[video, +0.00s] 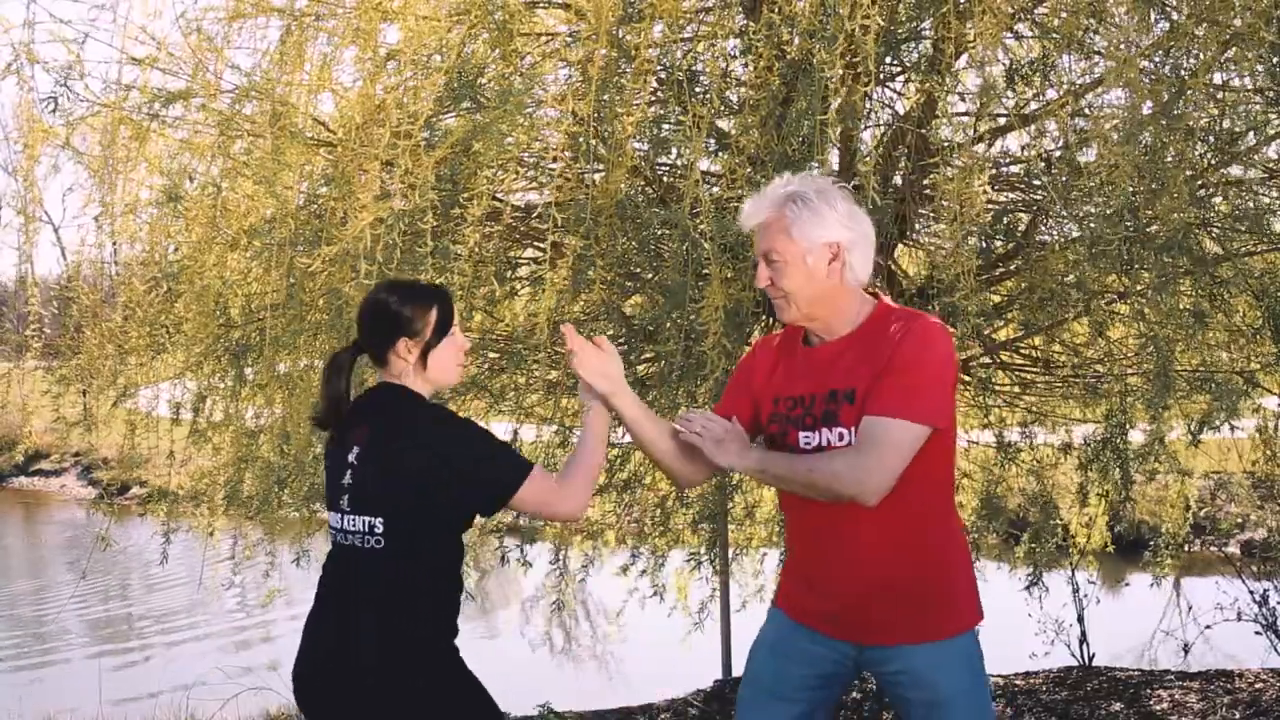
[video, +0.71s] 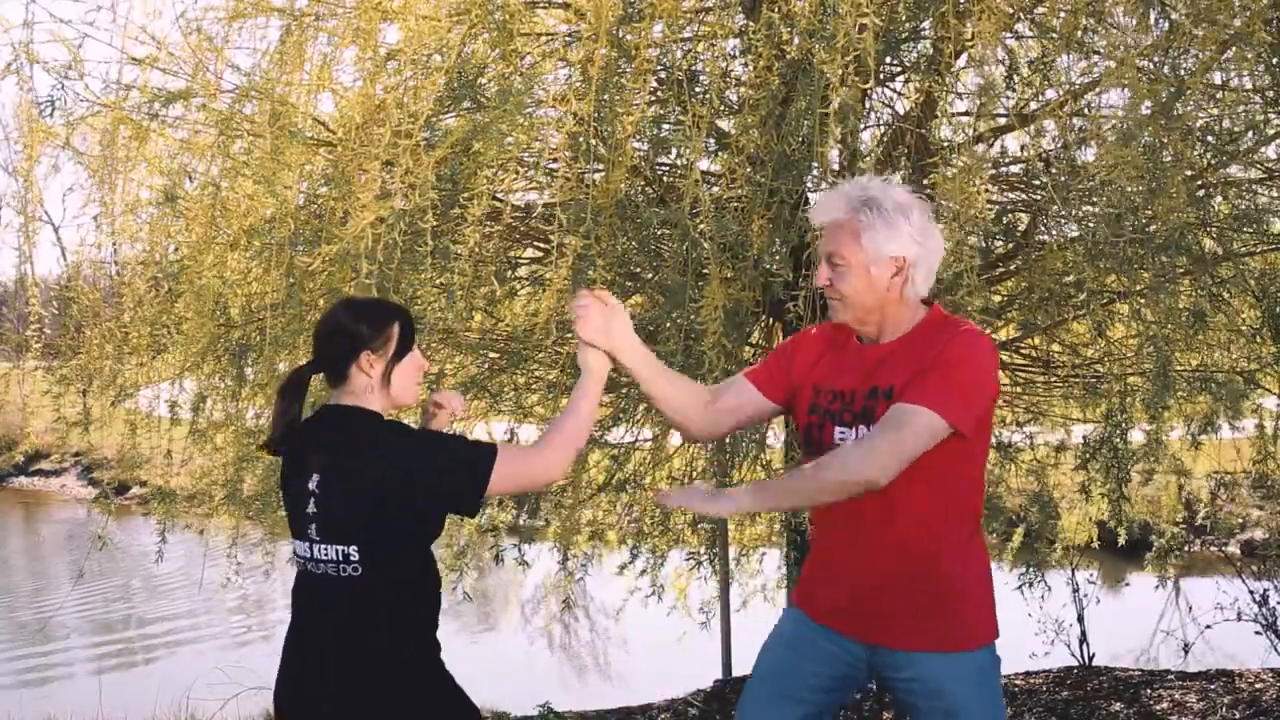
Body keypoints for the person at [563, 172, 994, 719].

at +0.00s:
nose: (760, 280)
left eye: (773, 261)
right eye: (759, 263)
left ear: (832, 258)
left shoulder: (918, 340)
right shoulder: (769, 357)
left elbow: (865, 477)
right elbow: (691, 465)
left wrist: (749, 457)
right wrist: (617, 392)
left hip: (926, 628)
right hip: (804, 622)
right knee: (756, 713)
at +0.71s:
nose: (821, 278)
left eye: (837, 264)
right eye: (822, 262)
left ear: (895, 270)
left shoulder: (962, 350)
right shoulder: (813, 349)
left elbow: (871, 463)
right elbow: (706, 414)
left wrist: (735, 497)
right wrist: (625, 345)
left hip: (941, 638)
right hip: (820, 624)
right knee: (758, 712)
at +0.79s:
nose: (793, 308)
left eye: (810, 294)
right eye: (796, 290)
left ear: (875, 302)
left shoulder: (939, 365)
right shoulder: (790, 359)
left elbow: (857, 483)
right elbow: (679, 423)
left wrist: (710, 515)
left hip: (930, 646)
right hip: (805, 635)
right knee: (744, 710)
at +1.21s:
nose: (765, 394)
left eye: (781, 382)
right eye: (767, 376)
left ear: (845, 392)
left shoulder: (923, 437)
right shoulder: (771, 424)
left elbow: (829, 561)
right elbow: (667, 513)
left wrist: (761, 462)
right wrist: (573, 603)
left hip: (919, 662)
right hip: (802, 646)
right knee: (719, 713)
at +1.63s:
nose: (727, 280)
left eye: (745, 267)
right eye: (737, 265)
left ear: (790, 288)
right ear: (784, 289)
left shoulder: (837, 387)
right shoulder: (743, 377)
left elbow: (702, 500)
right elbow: (635, 412)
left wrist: (591, 533)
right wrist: (550, 379)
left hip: (849, 673)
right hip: (748, 644)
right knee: (675, 713)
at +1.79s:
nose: (727, 272)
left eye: (745, 257)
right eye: (736, 258)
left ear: (793, 275)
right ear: (787, 274)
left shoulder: (836, 362)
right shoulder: (742, 361)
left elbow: (677, 448)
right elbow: (642, 390)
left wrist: (592, 456)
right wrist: (562, 395)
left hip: (845, 660)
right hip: (738, 638)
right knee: (672, 711)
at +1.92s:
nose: (703, 263)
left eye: (719, 248)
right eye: (710, 247)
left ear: (770, 261)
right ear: (766, 262)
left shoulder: (830, 352)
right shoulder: (711, 354)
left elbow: (702, 451)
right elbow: (579, 400)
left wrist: (585, 447)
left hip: (839, 649)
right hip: (721, 637)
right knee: (660, 710)